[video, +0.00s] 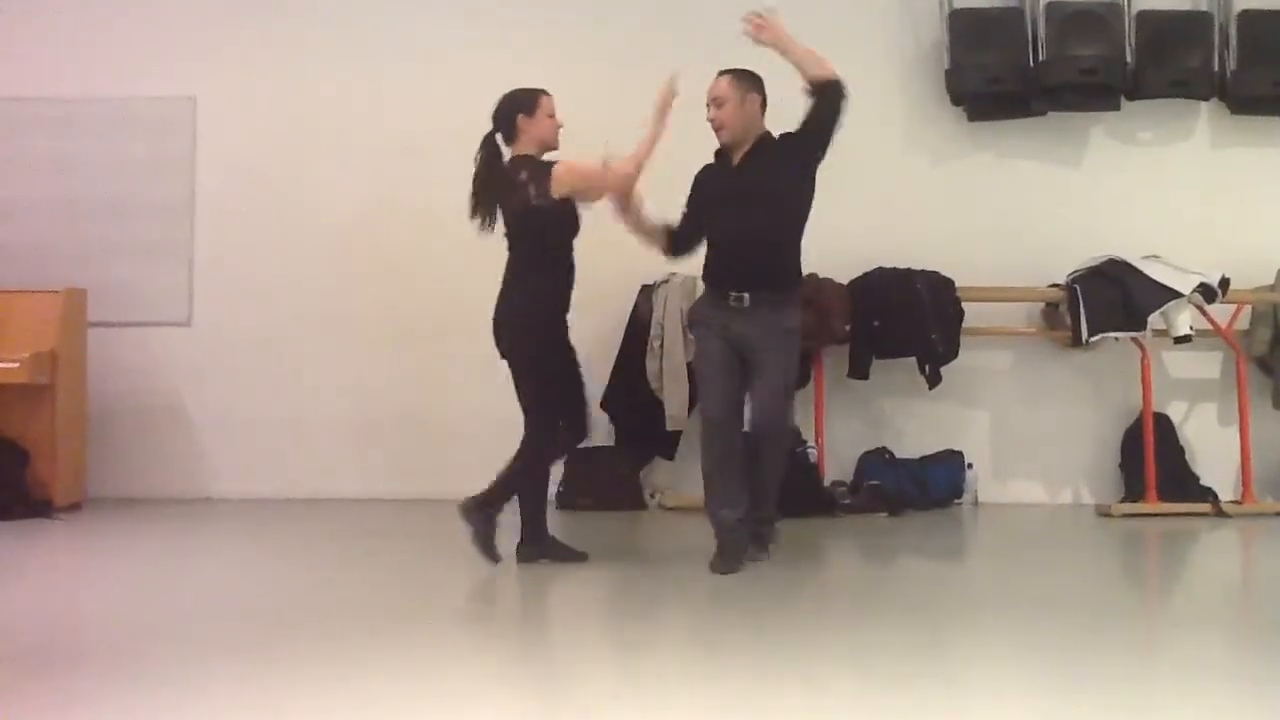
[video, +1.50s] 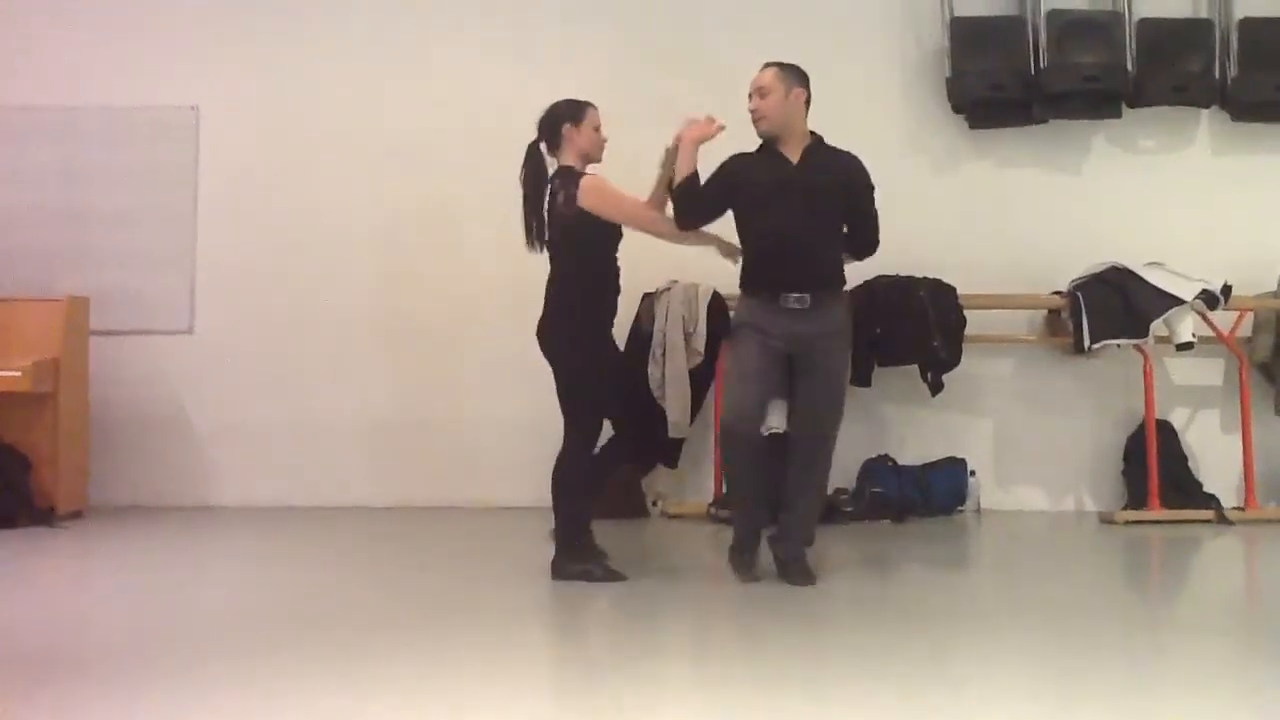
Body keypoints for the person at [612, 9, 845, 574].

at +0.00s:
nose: (710, 114)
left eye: (720, 104)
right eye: (709, 105)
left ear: (757, 106)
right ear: (718, 111)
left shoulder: (796, 154)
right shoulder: (710, 177)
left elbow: (830, 91)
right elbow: (679, 243)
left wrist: (784, 42)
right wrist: (634, 216)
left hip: (775, 313)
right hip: (716, 312)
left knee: (770, 424)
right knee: (716, 424)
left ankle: (761, 520)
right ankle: (729, 535)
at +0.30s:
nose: (725, 117)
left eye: (734, 105)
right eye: (723, 107)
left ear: (770, 104)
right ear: (731, 113)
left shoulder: (817, 155)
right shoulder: (724, 179)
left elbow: (886, 124)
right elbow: (694, 248)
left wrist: (826, 89)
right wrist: (664, 231)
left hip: (803, 316)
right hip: (738, 316)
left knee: (826, 422)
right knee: (728, 426)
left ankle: (862, 528)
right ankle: (734, 537)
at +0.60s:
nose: (739, 122)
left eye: (747, 110)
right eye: (737, 113)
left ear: (784, 109)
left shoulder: (834, 158)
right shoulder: (747, 186)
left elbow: (887, 141)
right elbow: (716, 259)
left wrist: (833, 136)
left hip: (839, 317)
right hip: (777, 320)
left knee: (858, 430)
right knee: (755, 422)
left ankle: (876, 545)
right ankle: (749, 543)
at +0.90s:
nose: (740, 107)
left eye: (749, 97)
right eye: (739, 98)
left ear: (787, 98)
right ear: (770, 101)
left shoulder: (833, 161)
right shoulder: (737, 168)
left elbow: (890, 220)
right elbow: (714, 240)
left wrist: (864, 284)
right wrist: (676, 270)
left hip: (817, 315)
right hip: (752, 316)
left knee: (826, 419)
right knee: (747, 426)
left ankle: (862, 518)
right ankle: (759, 536)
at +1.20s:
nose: (748, 99)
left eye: (758, 90)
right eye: (746, 91)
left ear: (795, 95)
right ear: (750, 101)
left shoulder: (837, 163)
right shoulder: (736, 159)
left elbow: (848, 238)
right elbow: (680, 197)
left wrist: (798, 244)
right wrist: (681, 132)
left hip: (814, 312)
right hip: (751, 311)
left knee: (804, 428)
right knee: (751, 430)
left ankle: (793, 543)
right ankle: (755, 539)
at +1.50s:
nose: (752, 104)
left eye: (762, 94)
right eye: (750, 96)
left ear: (799, 99)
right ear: (754, 104)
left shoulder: (845, 168)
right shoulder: (742, 168)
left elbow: (864, 243)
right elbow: (690, 214)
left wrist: (814, 242)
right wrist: (687, 150)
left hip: (824, 320)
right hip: (759, 318)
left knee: (814, 435)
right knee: (738, 422)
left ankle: (794, 547)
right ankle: (746, 528)